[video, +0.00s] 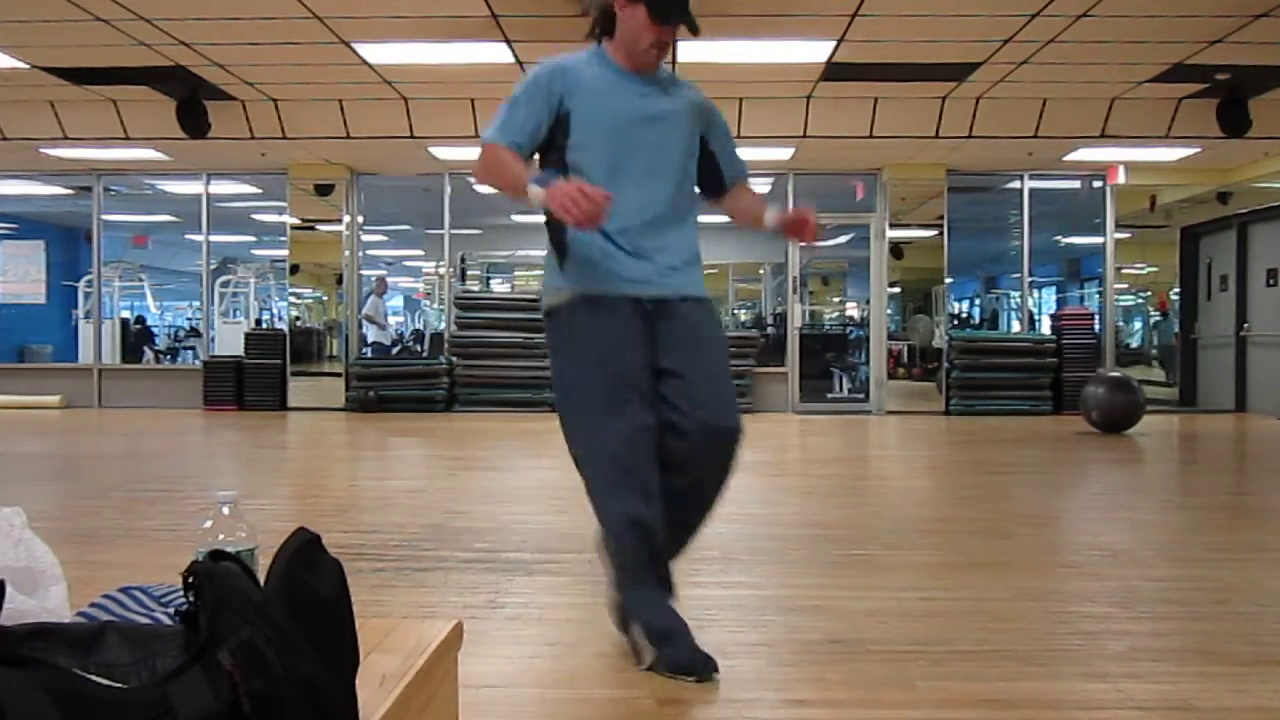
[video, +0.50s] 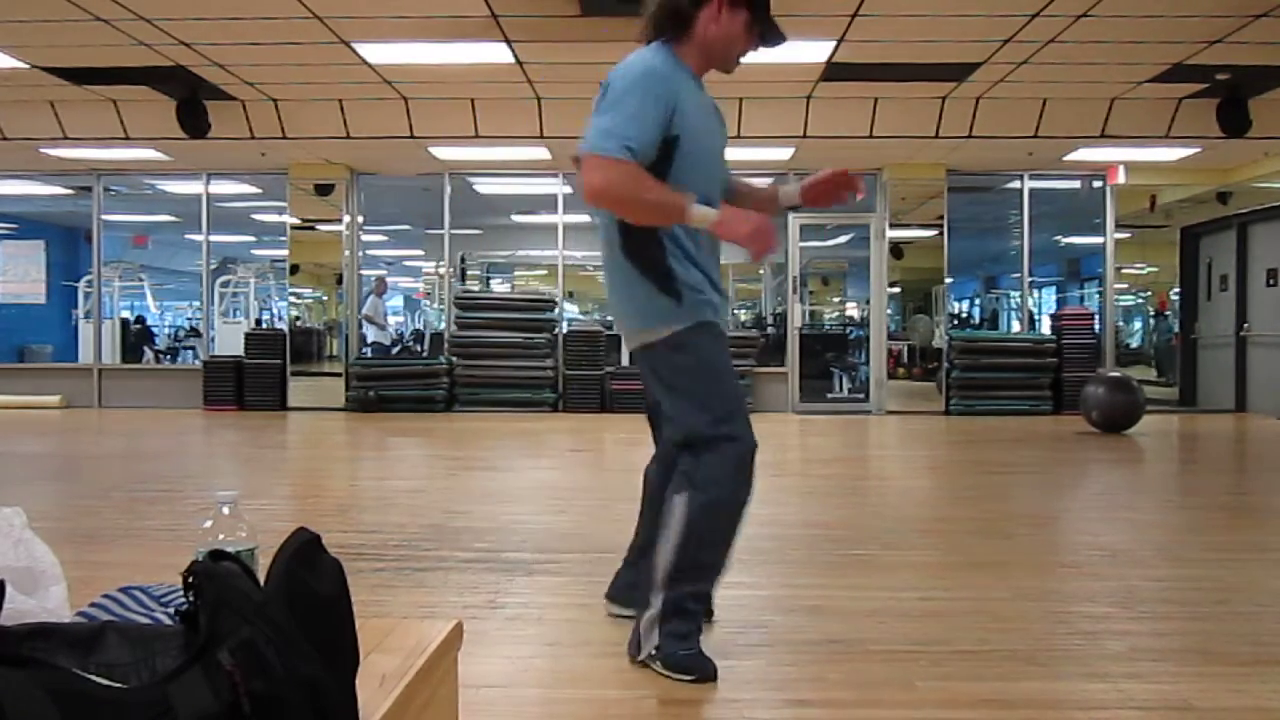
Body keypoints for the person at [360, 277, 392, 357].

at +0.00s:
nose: (386, 288)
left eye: (386, 286)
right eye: (384, 286)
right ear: (378, 286)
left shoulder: (381, 301)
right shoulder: (373, 299)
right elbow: (366, 314)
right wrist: (379, 323)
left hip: (385, 337)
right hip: (377, 338)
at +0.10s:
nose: (386, 288)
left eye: (386, 286)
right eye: (384, 286)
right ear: (378, 286)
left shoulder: (381, 301)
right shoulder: (373, 299)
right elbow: (366, 314)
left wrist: (386, 324)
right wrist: (379, 323)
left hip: (385, 337)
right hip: (376, 337)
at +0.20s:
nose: (386, 288)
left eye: (386, 286)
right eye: (383, 286)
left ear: (386, 287)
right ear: (378, 286)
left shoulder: (381, 301)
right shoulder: (373, 299)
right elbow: (366, 314)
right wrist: (379, 324)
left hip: (385, 337)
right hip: (376, 337)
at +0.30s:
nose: (386, 288)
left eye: (386, 285)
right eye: (383, 285)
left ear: (385, 287)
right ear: (377, 286)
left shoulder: (381, 301)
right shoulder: (373, 299)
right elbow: (365, 314)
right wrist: (379, 324)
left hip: (384, 338)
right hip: (376, 338)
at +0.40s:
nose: (386, 288)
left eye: (386, 285)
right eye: (384, 285)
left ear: (385, 287)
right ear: (378, 286)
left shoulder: (381, 301)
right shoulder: (373, 299)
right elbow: (365, 314)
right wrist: (379, 324)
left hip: (384, 337)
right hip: (376, 338)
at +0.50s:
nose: (386, 287)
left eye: (386, 285)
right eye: (384, 285)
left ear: (385, 286)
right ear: (377, 286)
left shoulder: (381, 301)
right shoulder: (373, 299)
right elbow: (365, 314)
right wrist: (379, 324)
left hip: (384, 337)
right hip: (376, 338)